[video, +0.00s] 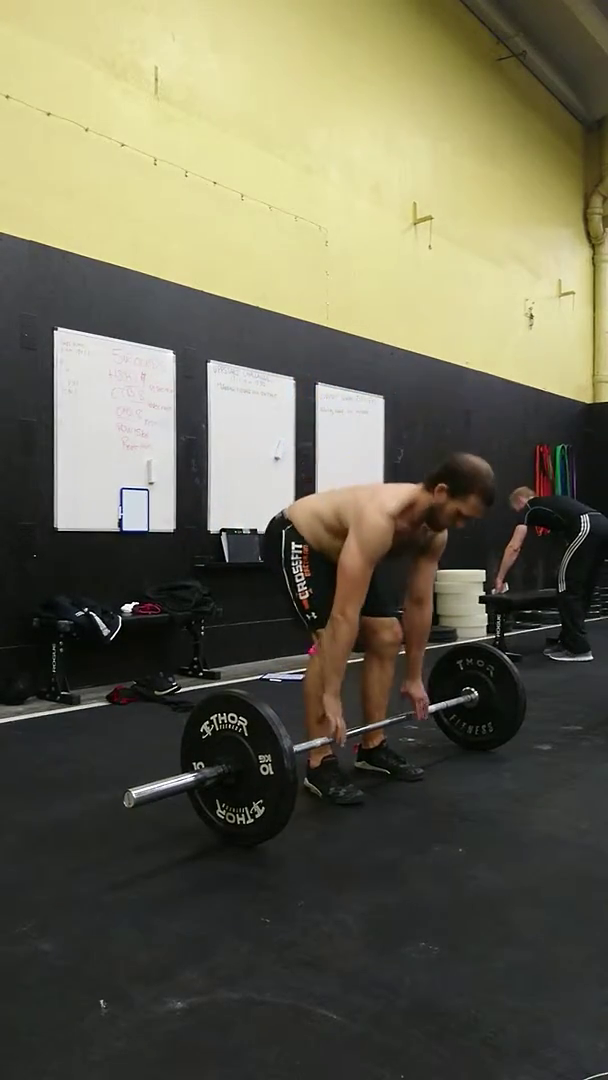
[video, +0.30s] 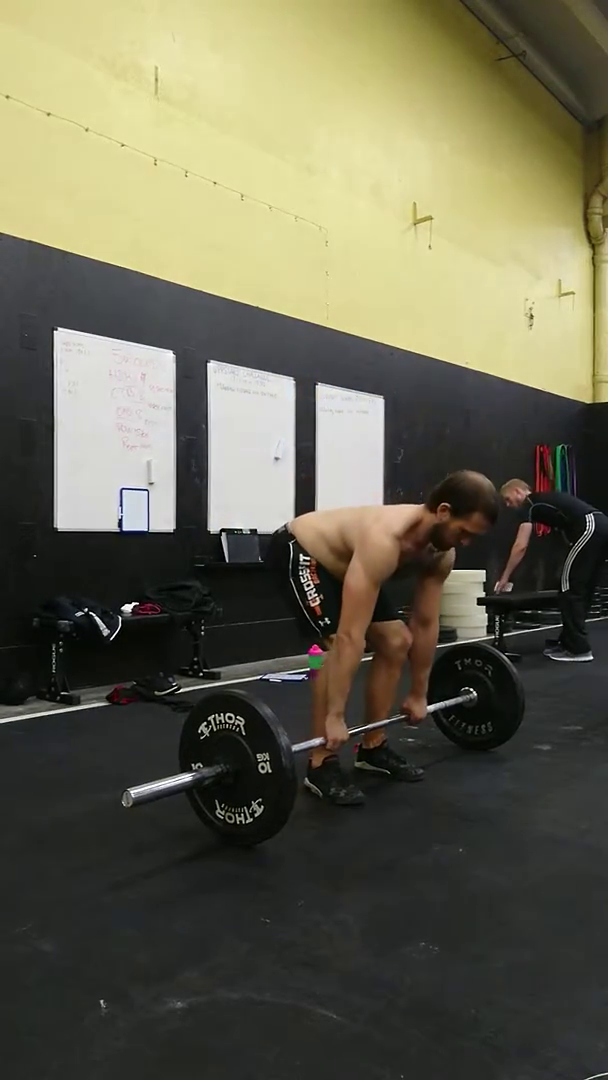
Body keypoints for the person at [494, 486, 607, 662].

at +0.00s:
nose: (519, 512)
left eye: (518, 508)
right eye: (517, 509)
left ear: (521, 501)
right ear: (531, 497)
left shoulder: (531, 508)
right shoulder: (550, 502)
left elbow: (514, 547)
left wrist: (500, 578)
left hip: (587, 528)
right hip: (600, 525)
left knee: (567, 585)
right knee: (582, 586)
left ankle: (578, 648)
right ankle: (569, 641)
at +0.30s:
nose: (508, 505)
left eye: (508, 500)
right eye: (506, 502)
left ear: (519, 493)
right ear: (522, 492)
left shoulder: (530, 504)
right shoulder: (541, 499)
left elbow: (520, 546)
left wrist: (504, 578)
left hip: (590, 527)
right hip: (599, 525)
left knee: (569, 585)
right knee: (580, 586)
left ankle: (578, 648)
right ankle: (569, 642)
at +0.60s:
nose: (510, 471)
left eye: (512, 465)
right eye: (506, 469)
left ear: (524, 462)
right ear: (507, 471)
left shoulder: (538, 479)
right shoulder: (541, 481)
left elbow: (549, 520)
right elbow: (563, 525)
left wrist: (534, 553)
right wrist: (557, 555)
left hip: (592, 524)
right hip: (583, 527)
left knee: (574, 581)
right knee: (568, 580)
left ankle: (580, 646)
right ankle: (569, 640)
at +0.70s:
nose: (516, 462)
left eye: (519, 457)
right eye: (512, 461)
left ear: (530, 455)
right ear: (511, 465)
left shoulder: (544, 474)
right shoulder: (540, 477)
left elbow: (556, 515)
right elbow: (560, 520)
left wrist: (542, 548)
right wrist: (550, 548)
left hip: (592, 524)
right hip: (579, 528)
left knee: (576, 581)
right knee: (568, 581)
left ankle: (584, 646)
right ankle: (569, 641)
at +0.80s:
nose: (521, 457)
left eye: (524, 452)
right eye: (517, 455)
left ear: (535, 450)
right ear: (515, 459)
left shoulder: (549, 471)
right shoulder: (539, 477)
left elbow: (562, 512)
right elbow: (555, 512)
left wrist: (546, 543)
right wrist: (547, 542)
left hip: (590, 523)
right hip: (576, 526)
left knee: (578, 581)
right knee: (567, 581)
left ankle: (584, 646)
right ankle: (568, 641)